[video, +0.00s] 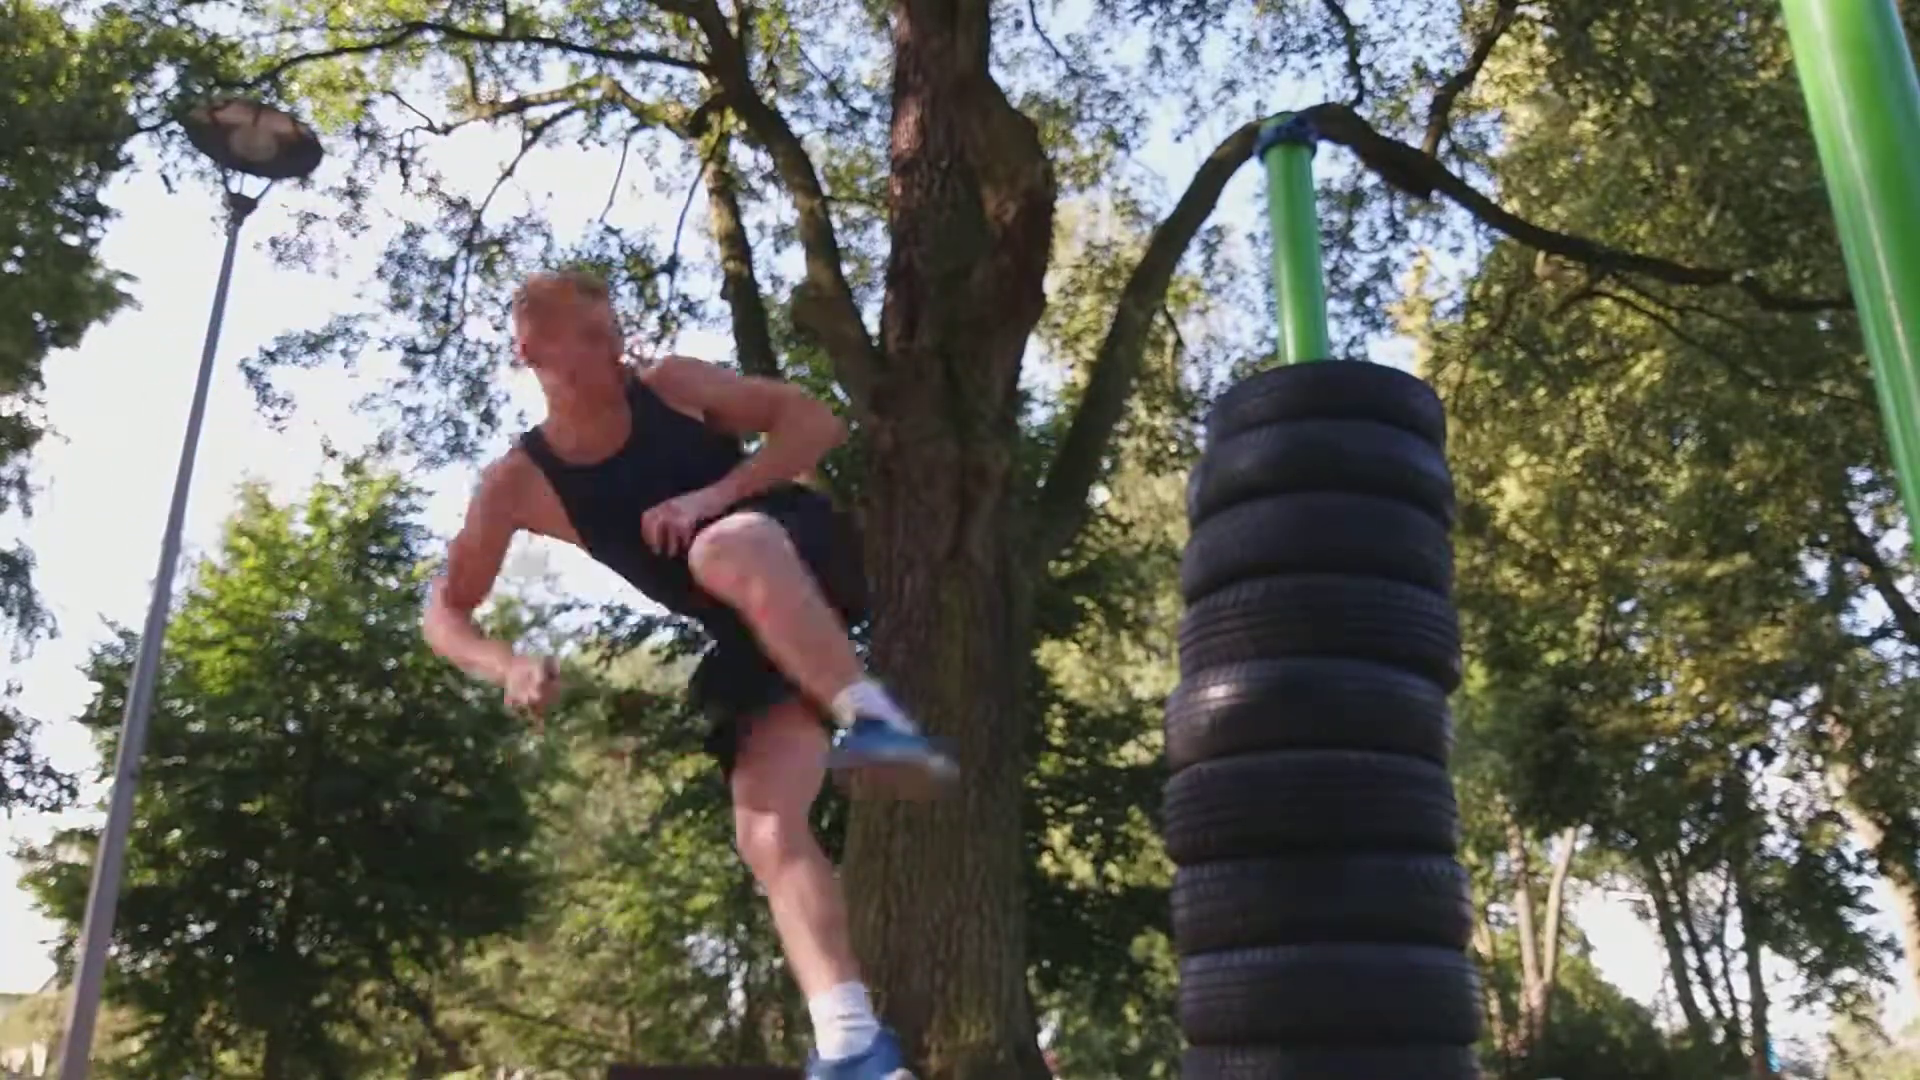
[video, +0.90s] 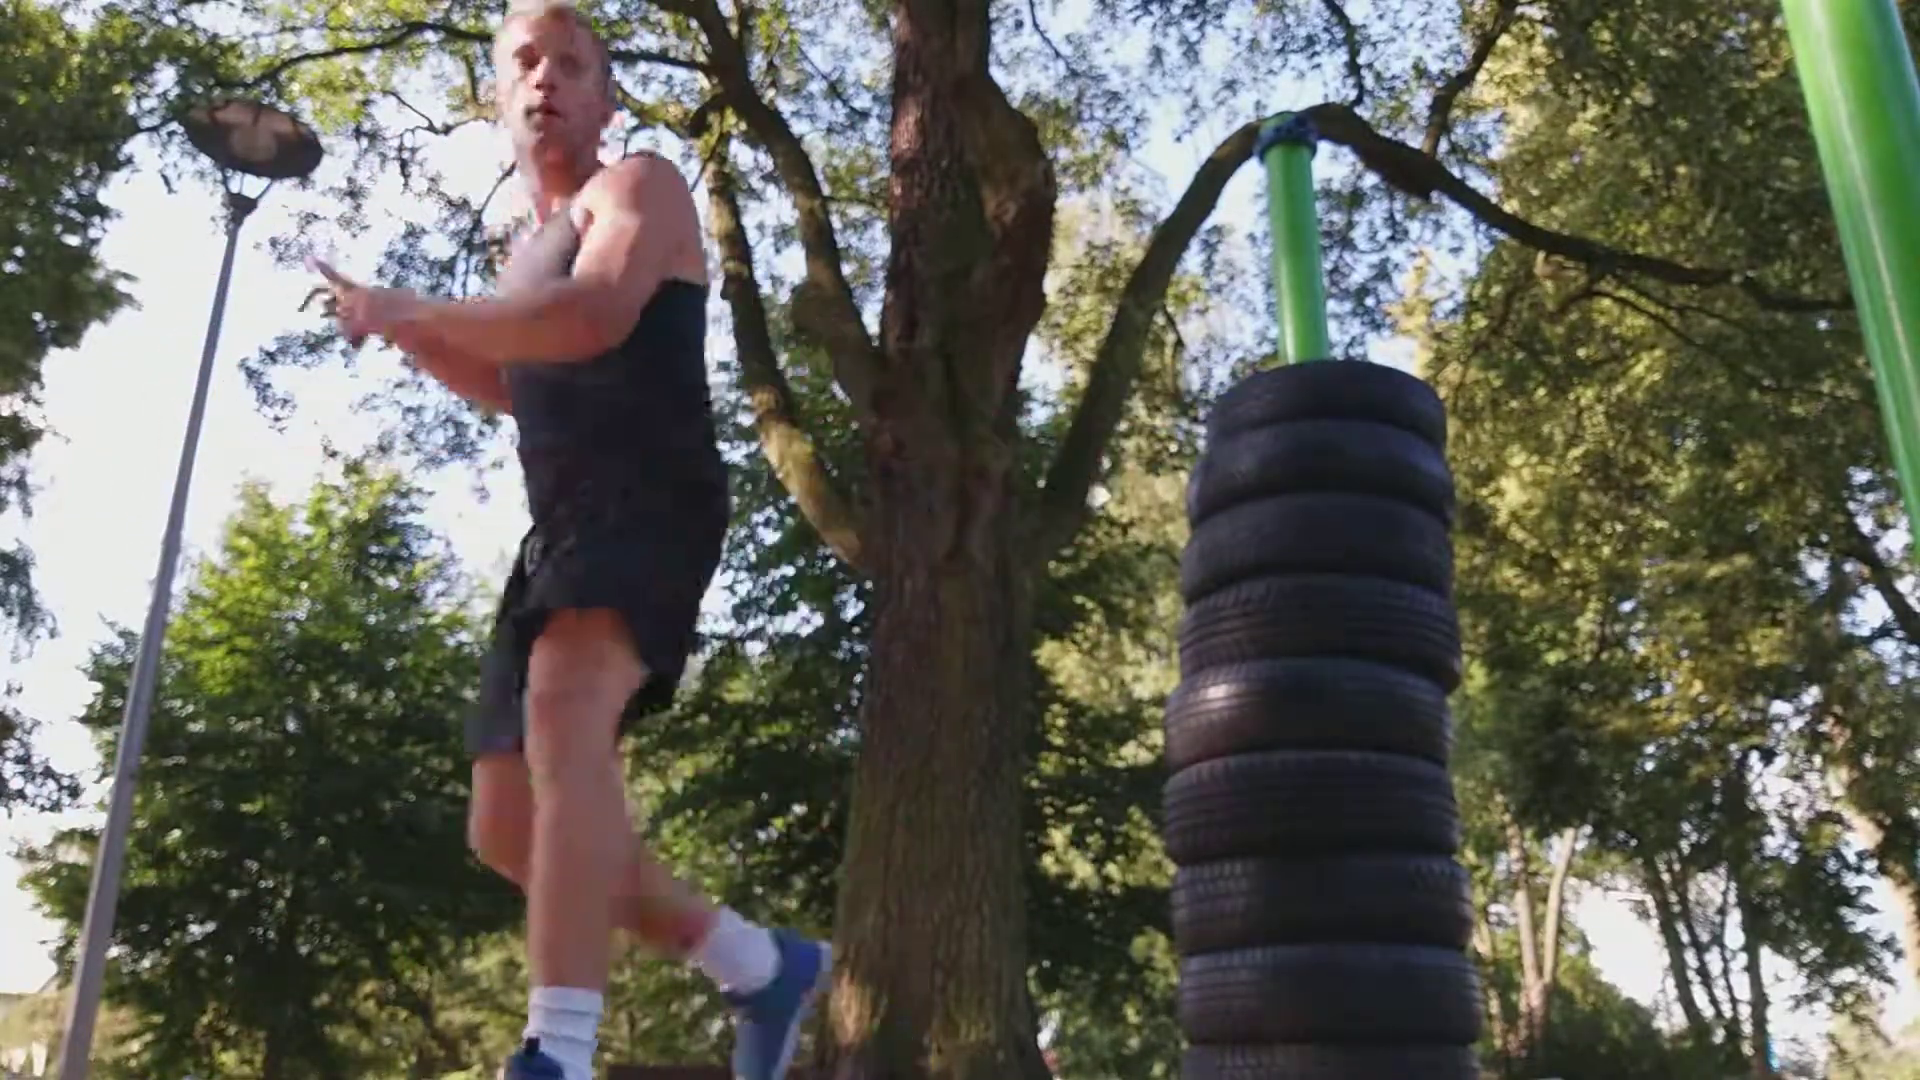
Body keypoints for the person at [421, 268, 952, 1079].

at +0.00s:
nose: (615, 348)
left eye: (612, 332)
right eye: (596, 337)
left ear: (615, 331)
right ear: (539, 356)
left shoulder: (672, 385)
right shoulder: (516, 484)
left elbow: (815, 422)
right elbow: (444, 616)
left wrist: (717, 494)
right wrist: (505, 667)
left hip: (808, 552)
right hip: (735, 624)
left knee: (721, 552)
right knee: (768, 827)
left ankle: (873, 719)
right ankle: (854, 1044)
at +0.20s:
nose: (582, 450)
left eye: (573, 433)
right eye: (555, 452)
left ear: (586, 431)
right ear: (520, 497)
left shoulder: (670, 448)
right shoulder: (578, 637)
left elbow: (786, 391)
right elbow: (654, 759)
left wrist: (846, 480)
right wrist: (782, 766)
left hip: (891, 545)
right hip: (852, 662)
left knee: (1070, 495)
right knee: (824, 829)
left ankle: (1187, 446)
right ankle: (881, 1060)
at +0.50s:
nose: (555, 403)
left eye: (561, 374)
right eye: (529, 396)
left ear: (594, 360)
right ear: (508, 415)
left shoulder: (686, 379)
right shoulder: (569, 541)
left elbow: (831, 366)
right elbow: (677, 669)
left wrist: (933, 413)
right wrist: (792, 750)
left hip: (902, 514)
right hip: (852, 631)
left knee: (996, 534)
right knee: (881, 840)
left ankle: (1079, 586)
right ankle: (907, 1064)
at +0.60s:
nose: (551, 291)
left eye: (565, 267)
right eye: (528, 279)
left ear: (606, 268)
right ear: (512, 302)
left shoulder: (698, 312)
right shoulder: (552, 446)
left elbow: (861, 346)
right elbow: (601, 587)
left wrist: (851, 396)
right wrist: (670, 687)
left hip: (848, 503)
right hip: (780, 601)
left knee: (842, 590)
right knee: (849, 836)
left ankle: (1022, 821)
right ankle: (900, 1069)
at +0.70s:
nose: (549, 223)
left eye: (567, 202)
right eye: (528, 210)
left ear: (614, 210)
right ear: (514, 238)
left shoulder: (695, 280)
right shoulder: (548, 382)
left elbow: (842, 375)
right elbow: (528, 531)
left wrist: (719, 401)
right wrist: (459, 585)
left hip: (792, 516)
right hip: (714, 585)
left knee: (787, 691)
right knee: (811, 815)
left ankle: (762, 982)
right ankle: (897, 1066)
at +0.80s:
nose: (542, 171)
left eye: (566, 150)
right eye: (525, 156)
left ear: (616, 166)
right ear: (511, 184)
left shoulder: (680, 251)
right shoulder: (562, 331)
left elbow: (723, 381)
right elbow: (499, 463)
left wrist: (528, 394)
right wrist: (344, 427)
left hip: (724, 547)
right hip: (650, 573)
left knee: (632, 733)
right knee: (727, 839)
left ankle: (565, 1051)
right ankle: (888, 1057)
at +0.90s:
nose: (549, 76)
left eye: (571, 60)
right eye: (527, 61)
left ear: (606, 91)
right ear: (498, 99)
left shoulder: (639, 182)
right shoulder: (520, 252)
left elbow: (597, 316)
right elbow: (508, 390)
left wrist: (412, 313)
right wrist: (404, 329)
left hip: (647, 499)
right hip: (561, 523)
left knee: (568, 701)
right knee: (506, 826)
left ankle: (557, 1056)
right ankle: (763, 968)